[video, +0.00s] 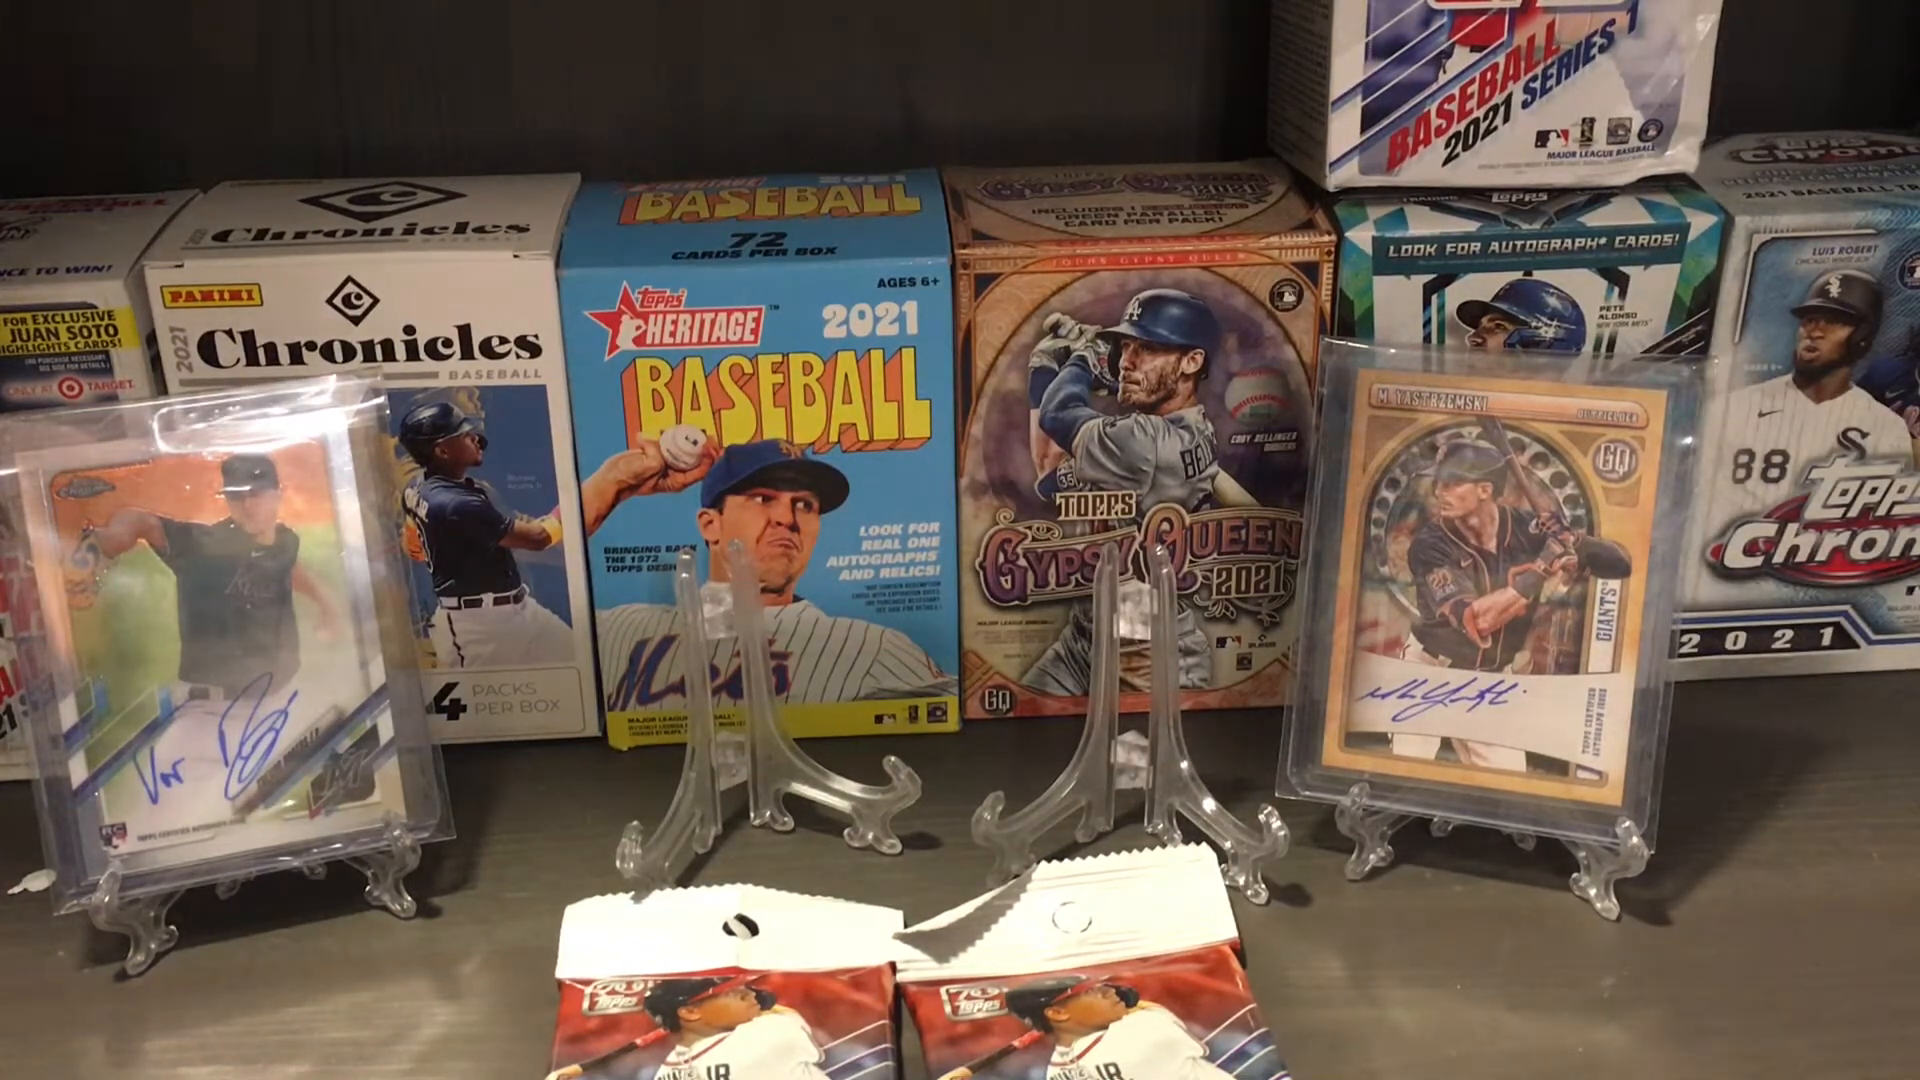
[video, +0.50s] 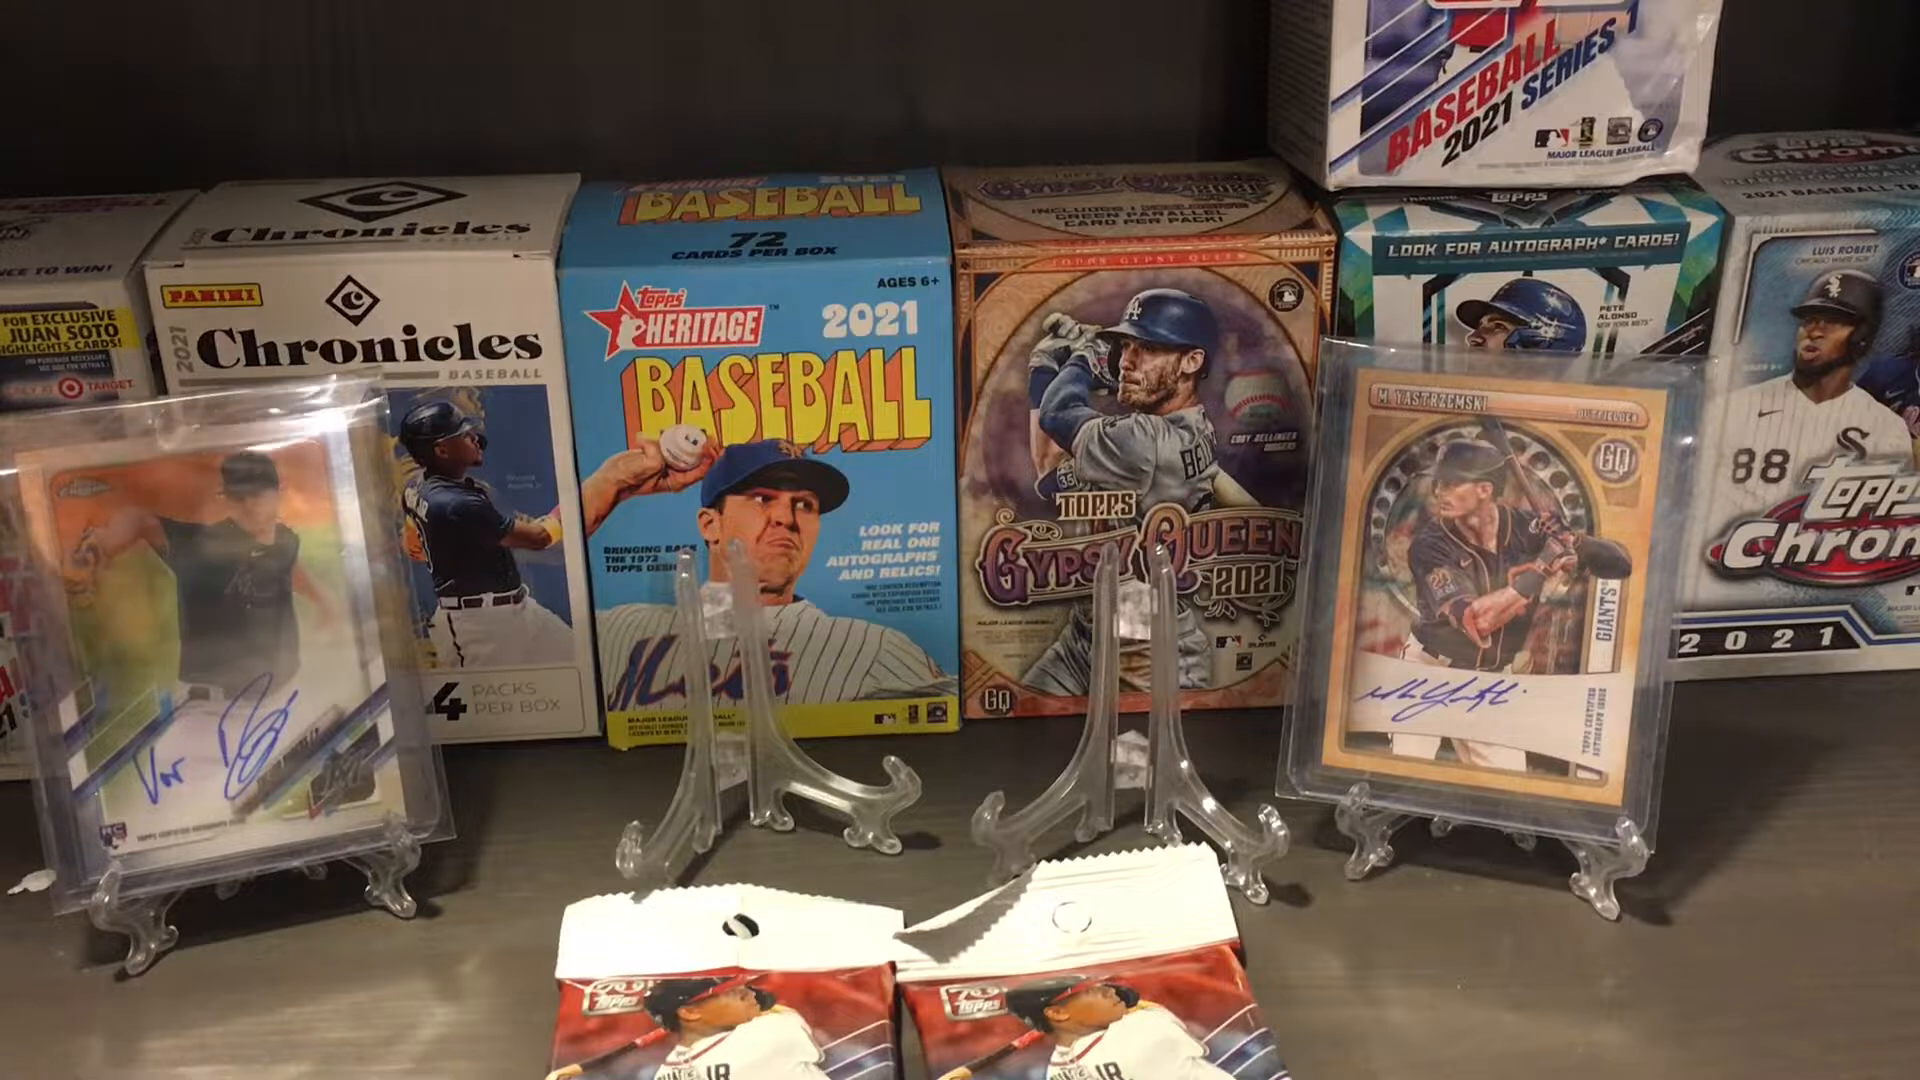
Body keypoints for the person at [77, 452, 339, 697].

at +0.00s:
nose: (247, 505)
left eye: (256, 493)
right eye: (236, 497)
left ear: (278, 495)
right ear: (226, 501)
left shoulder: (286, 543)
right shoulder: (200, 544)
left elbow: (287, 571)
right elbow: (134, 521)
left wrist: (324, 602)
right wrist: (101, 548)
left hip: (276, 697)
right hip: (214, 703)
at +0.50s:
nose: (254, 507)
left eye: (260, 496)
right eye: (244, 498)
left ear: (277, 495)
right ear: (231, 501)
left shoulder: (285, 542)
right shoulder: (199, 543)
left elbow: (291, 569)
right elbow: (138, 521)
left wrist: (323, 600)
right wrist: (106, 542)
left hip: (276, 694)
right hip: (214, 699)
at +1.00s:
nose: (250, 507)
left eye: (258, 496)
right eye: (239, 499)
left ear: (276, 495)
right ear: (228, 501)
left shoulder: (286, 541)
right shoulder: (202, 542)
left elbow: (292, 570)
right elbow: (141, 524)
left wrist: (322, 601)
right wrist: (104, 543)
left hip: (275, 683)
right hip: (215, 689)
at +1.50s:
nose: (249, 506)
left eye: (258, 496)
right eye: (239, 498)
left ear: (276, 495)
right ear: (228, 502)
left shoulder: (286, 541)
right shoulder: (202, 542)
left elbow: (291, 570)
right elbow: (144, 524)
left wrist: (322, 602)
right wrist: (110, 536)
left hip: (275, 685)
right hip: (215, 691)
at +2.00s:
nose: (247, 507)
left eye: (256, 496)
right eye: (237, 498)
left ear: (275, 496)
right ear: (227, 500)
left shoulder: (286, 540)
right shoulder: (203, 542)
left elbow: (291, 570)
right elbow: (137, 521)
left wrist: (323, 602)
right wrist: (109, 540)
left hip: (277, 686)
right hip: (215, 693)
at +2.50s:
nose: (247, 506)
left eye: (256, 495)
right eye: (237, 497)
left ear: (275, 495)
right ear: (227, 500)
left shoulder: (286, 540)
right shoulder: (202, 543)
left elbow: (291, 569)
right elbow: (141, 521)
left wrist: (324, 603)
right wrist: (110, 542)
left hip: (274, 685)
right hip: (213, 690)